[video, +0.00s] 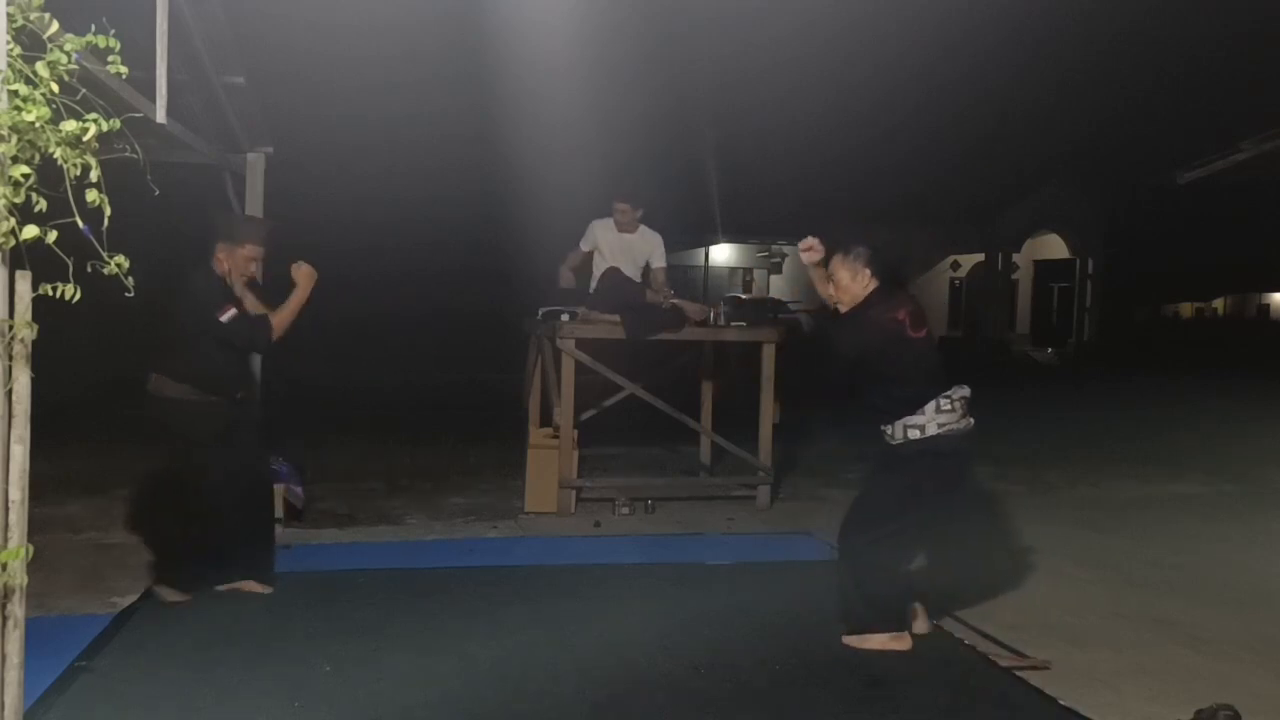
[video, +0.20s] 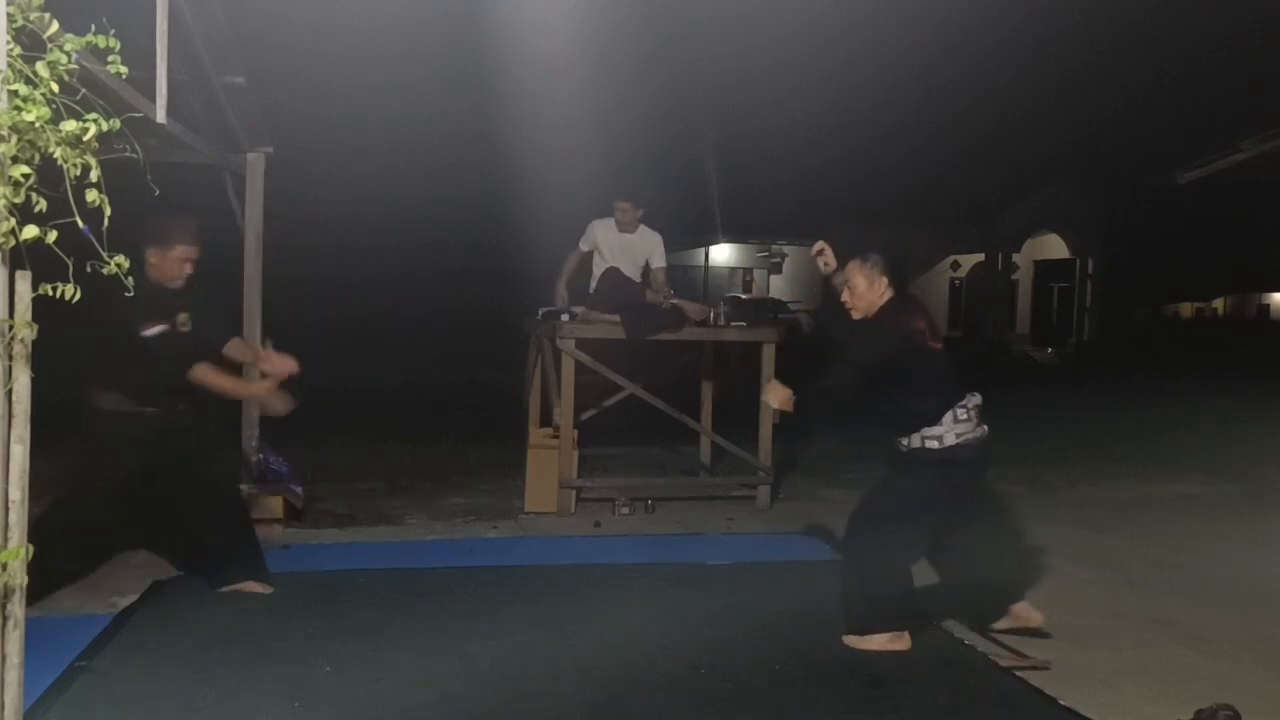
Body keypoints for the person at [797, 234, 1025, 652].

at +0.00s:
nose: (834, 289)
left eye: (838, 279)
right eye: (832, 281)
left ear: (865, 277)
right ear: (868, 276)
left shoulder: (864, 324)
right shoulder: (899, 301)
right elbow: (836, 302)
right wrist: (816, 265)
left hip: (918, 453)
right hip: (948, 445)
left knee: (860, 533)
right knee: (896, 526)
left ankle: (884, 629)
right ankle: (916, 614)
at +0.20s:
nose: (844, 297)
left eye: (851, 287)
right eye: (843, 288)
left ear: (881, 286)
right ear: (882, 287)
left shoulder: (883, 334)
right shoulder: (907, 310)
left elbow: (843, 389)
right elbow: (854, 314)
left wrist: (794, 401)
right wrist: (836, 275)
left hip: (931, 457)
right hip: (964, 448)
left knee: (872, 534)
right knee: (950, 528)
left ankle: (883, 627)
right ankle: (1010, 606)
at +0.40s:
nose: (869, 296)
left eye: (877, 287)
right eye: (868, 288)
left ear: (908, 289)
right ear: (907, 291)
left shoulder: (912, 335)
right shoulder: (916, 323)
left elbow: (863, 391)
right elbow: (851, 364)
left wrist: (824, 370)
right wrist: (843, 322)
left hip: (959, 454)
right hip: (983, 448)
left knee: (898, 518)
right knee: (980, 533)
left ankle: (886, 624)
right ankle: (1038, 614)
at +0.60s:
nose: (941, 274)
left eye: (948, 264)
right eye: (939, 266)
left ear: (979, 265)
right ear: (977, 268)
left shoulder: (990, 315)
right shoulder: (994, 306)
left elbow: (952, 381)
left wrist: (897, 359)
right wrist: (925, 336)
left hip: (1005, 430)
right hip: (1031, 428)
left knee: (936, 481)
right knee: (1008, 514)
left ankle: (938, 582)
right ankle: (1046, 616)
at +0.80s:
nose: (973, 263)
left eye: (981, 255)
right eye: (973, 255)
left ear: (1012, 257)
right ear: (984, 258)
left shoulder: (1030, 302)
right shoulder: (983, 293)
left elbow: (1026, 381)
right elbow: (965, 336)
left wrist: (990, 429)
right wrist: (914, 364)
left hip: (1028, 417)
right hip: (994, 401)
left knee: (1014, 512)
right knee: (928, 388)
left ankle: (1054, 621)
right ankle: (941, 479)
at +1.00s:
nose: (983, 264)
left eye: (991, 256)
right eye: (983, 256)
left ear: (1022, 257)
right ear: (1009, 258)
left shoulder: (1043, 300)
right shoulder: (1000, 294)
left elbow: (1055, 373)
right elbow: (994, 337)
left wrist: (1034, 432)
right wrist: (971, 366)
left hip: (1034, 415)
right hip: (1010, 401)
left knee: (1015, 515)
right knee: (947, 386)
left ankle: (1054, 624)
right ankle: (928, 484)